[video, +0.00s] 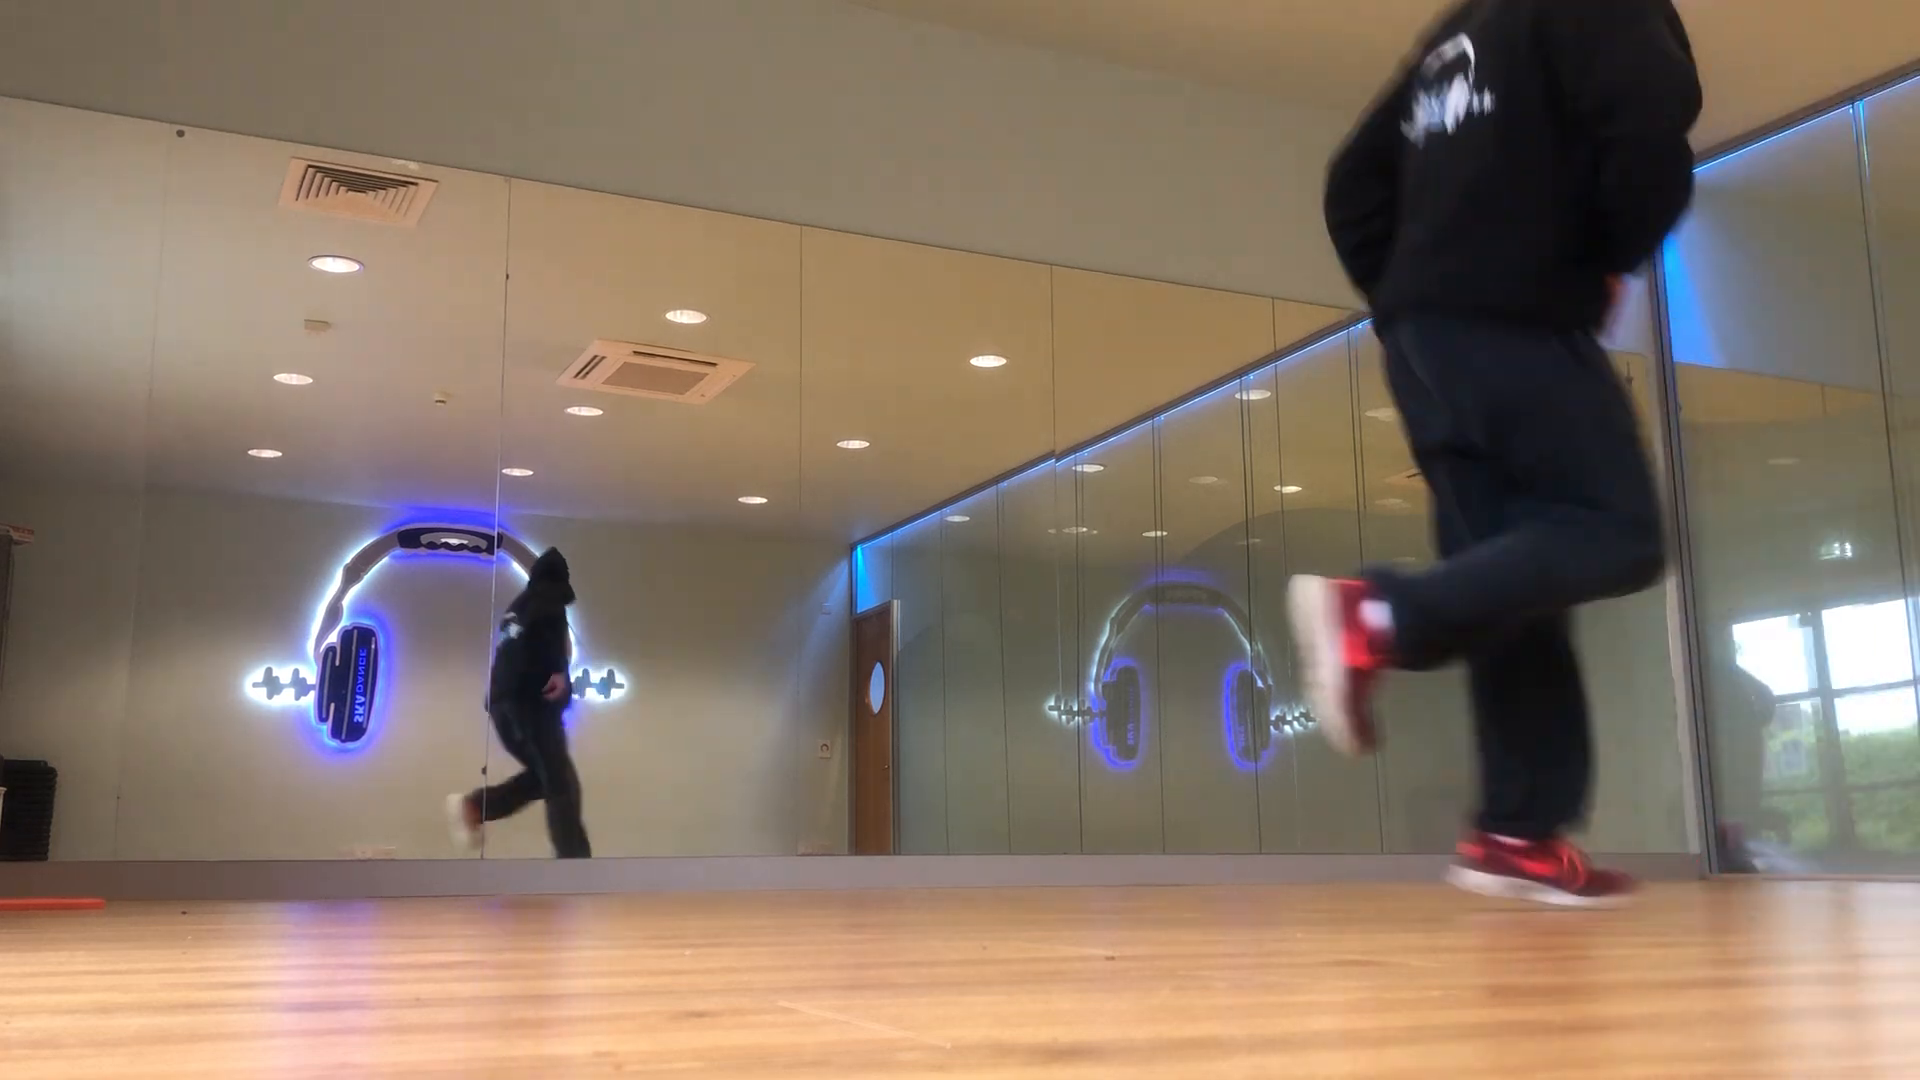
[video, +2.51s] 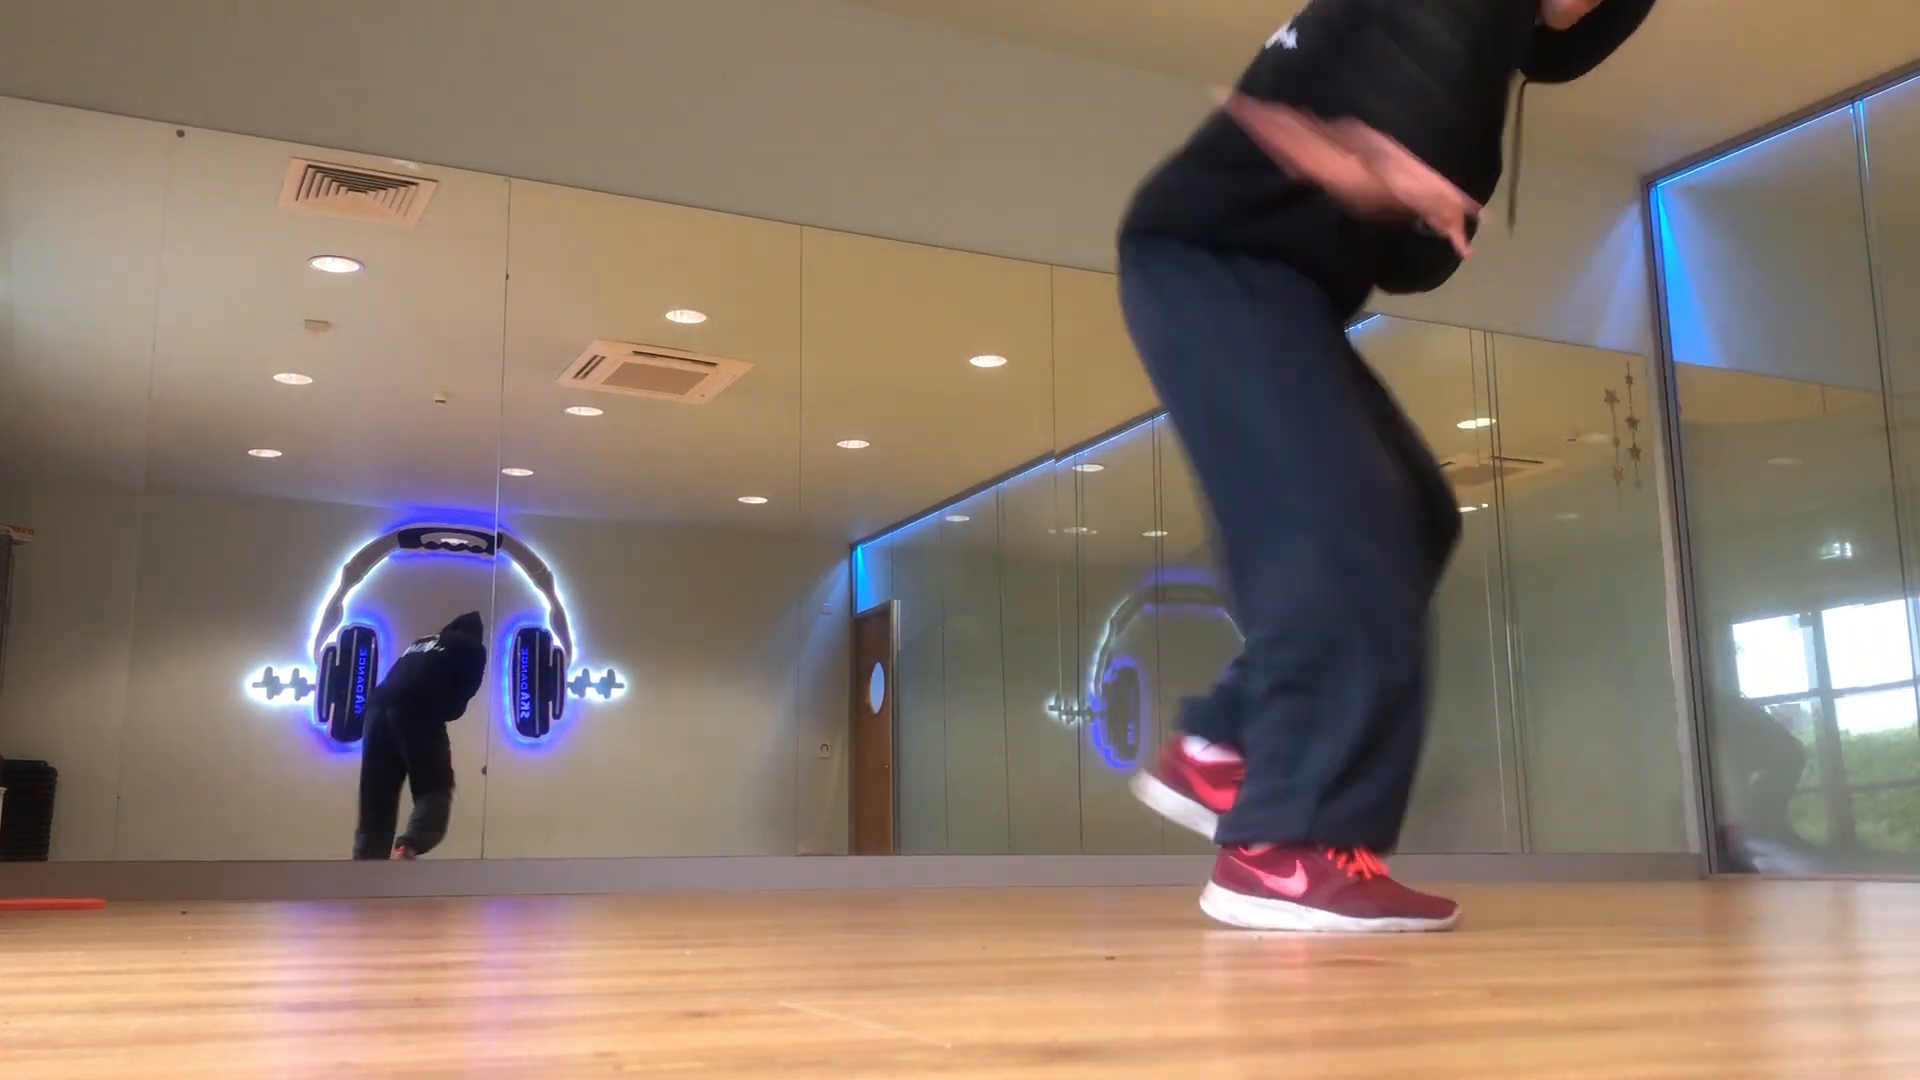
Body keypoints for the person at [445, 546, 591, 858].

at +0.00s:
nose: (567, 592)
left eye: (564, 587)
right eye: (565, 585)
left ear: (535, 577)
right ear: (561, 580)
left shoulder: (517, 608)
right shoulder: (549, 603)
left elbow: (507, 660)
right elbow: (552, 640)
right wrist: (560, 671)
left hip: (503, 706)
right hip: (531, 704)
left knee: (543, 775)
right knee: (562, 783)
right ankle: (577, 867)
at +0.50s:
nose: (489, 618)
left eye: (489, 611)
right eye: (488, 611)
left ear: (459, 599)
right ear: (483, 606)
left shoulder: (429, 618)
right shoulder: (465, 627)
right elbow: (452, 683)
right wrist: (472, 717)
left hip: (379, 709)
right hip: (420, 713)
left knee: (382, 794)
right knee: (436, 792)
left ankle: (365, 867)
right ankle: (422, 862)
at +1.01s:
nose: (387, 617)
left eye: (390, 613)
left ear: (396, 611)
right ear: (427, 614)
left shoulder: (386, 633)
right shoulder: (449, 648)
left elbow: (361, 680)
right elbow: (454, 705)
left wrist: (352, 729)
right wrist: (440, 755)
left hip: (384, 719)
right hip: (427, 727)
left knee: (353, 796)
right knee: (376, 791)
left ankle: (347, 869)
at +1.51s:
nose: (452, 645)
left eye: (451, 639)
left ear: (455, 629)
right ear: (481, 615)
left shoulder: (464, 650)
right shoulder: (520, 629)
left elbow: (470, 706)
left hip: (502, 717)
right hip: (545, 713)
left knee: (497, 782)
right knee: (532, 785)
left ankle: (498, 853)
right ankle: (532, 860)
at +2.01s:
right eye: (528, 615)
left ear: (497, 617)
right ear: (526, 615)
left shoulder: (480, 642)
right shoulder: (534, 637)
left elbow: (465, 694)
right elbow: (541, 689)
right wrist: (541, 739)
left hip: (463, 721)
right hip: (507, 722)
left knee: (498, 779)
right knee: (524, 794)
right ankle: (519, 866)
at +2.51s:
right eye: (477, 637)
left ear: (449, 629)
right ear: (475, 635)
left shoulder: (421, 643)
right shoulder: (472, 648)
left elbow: (394, 683)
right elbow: (464, 690)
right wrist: (441, 712)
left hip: (378, 711)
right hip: (418, 712)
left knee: (378, 791)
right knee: (433, 789)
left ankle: (367, 861)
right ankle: (408, 847)